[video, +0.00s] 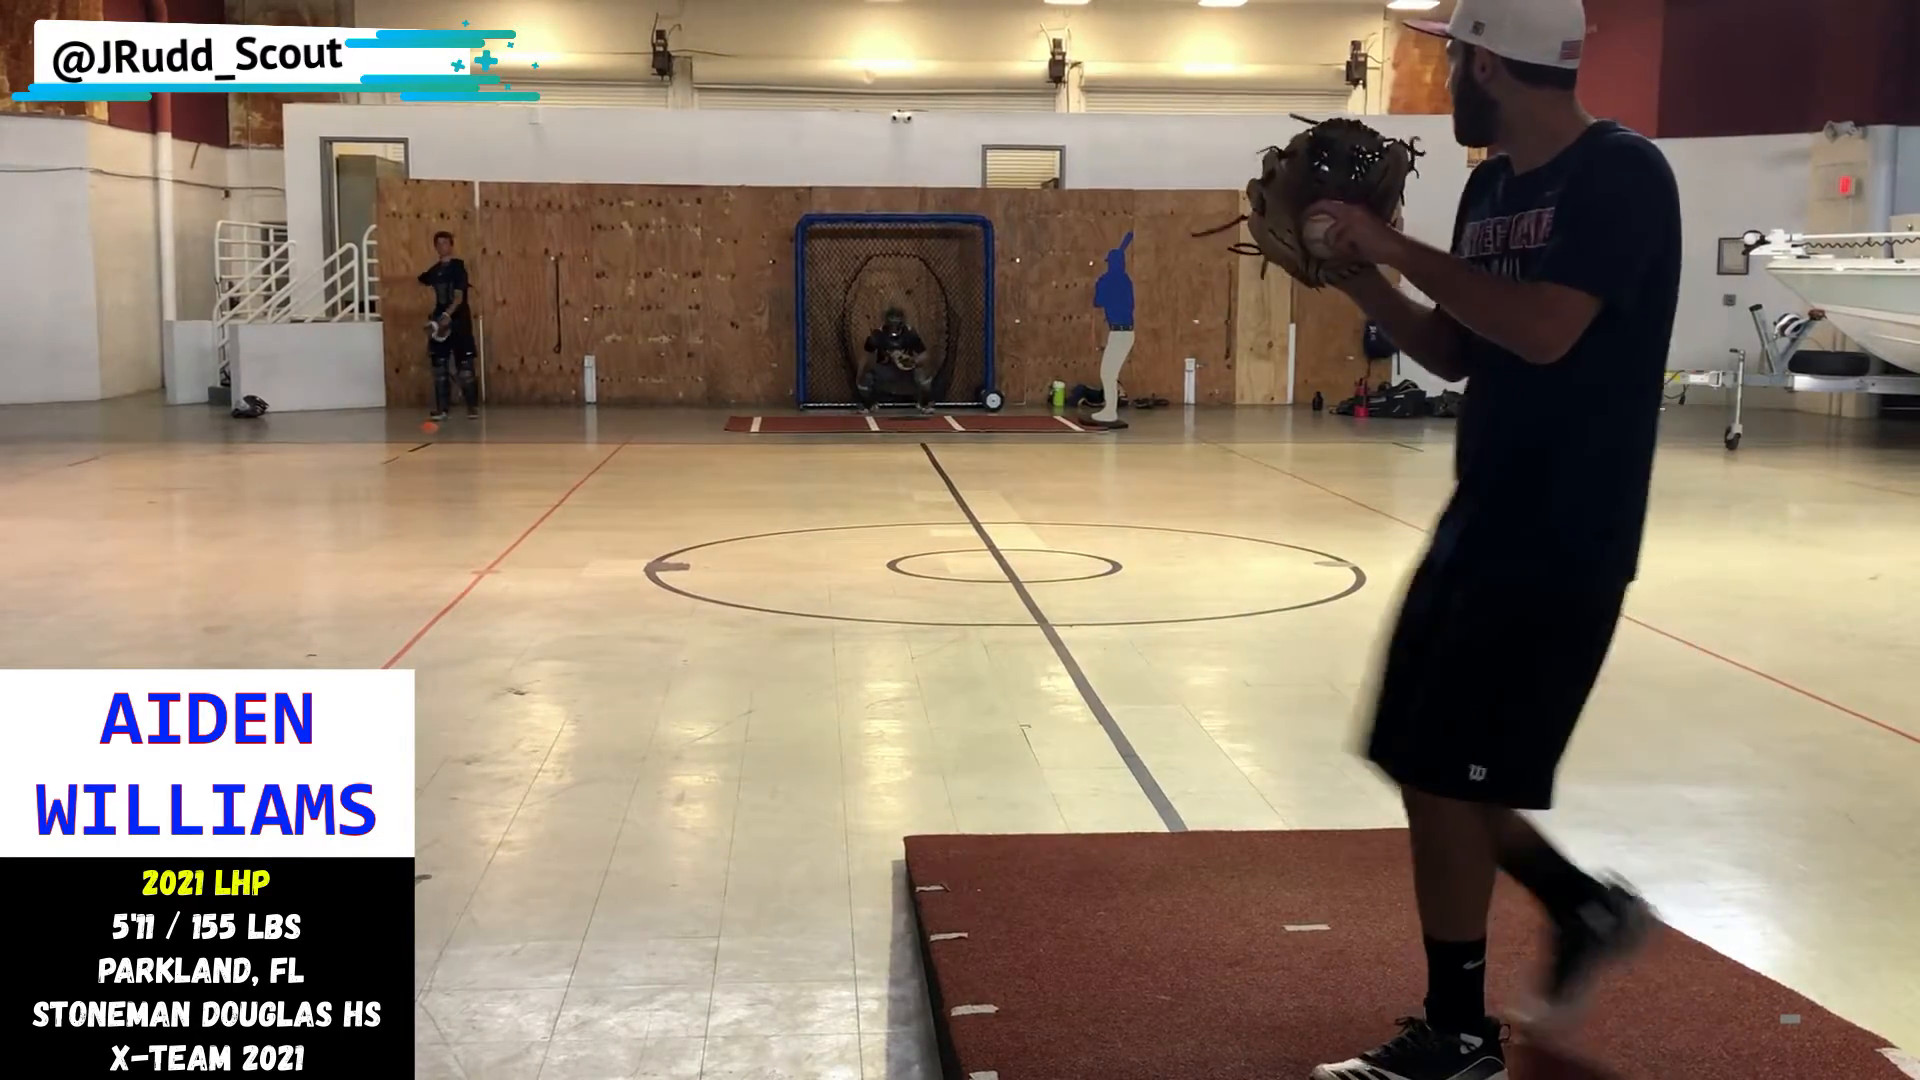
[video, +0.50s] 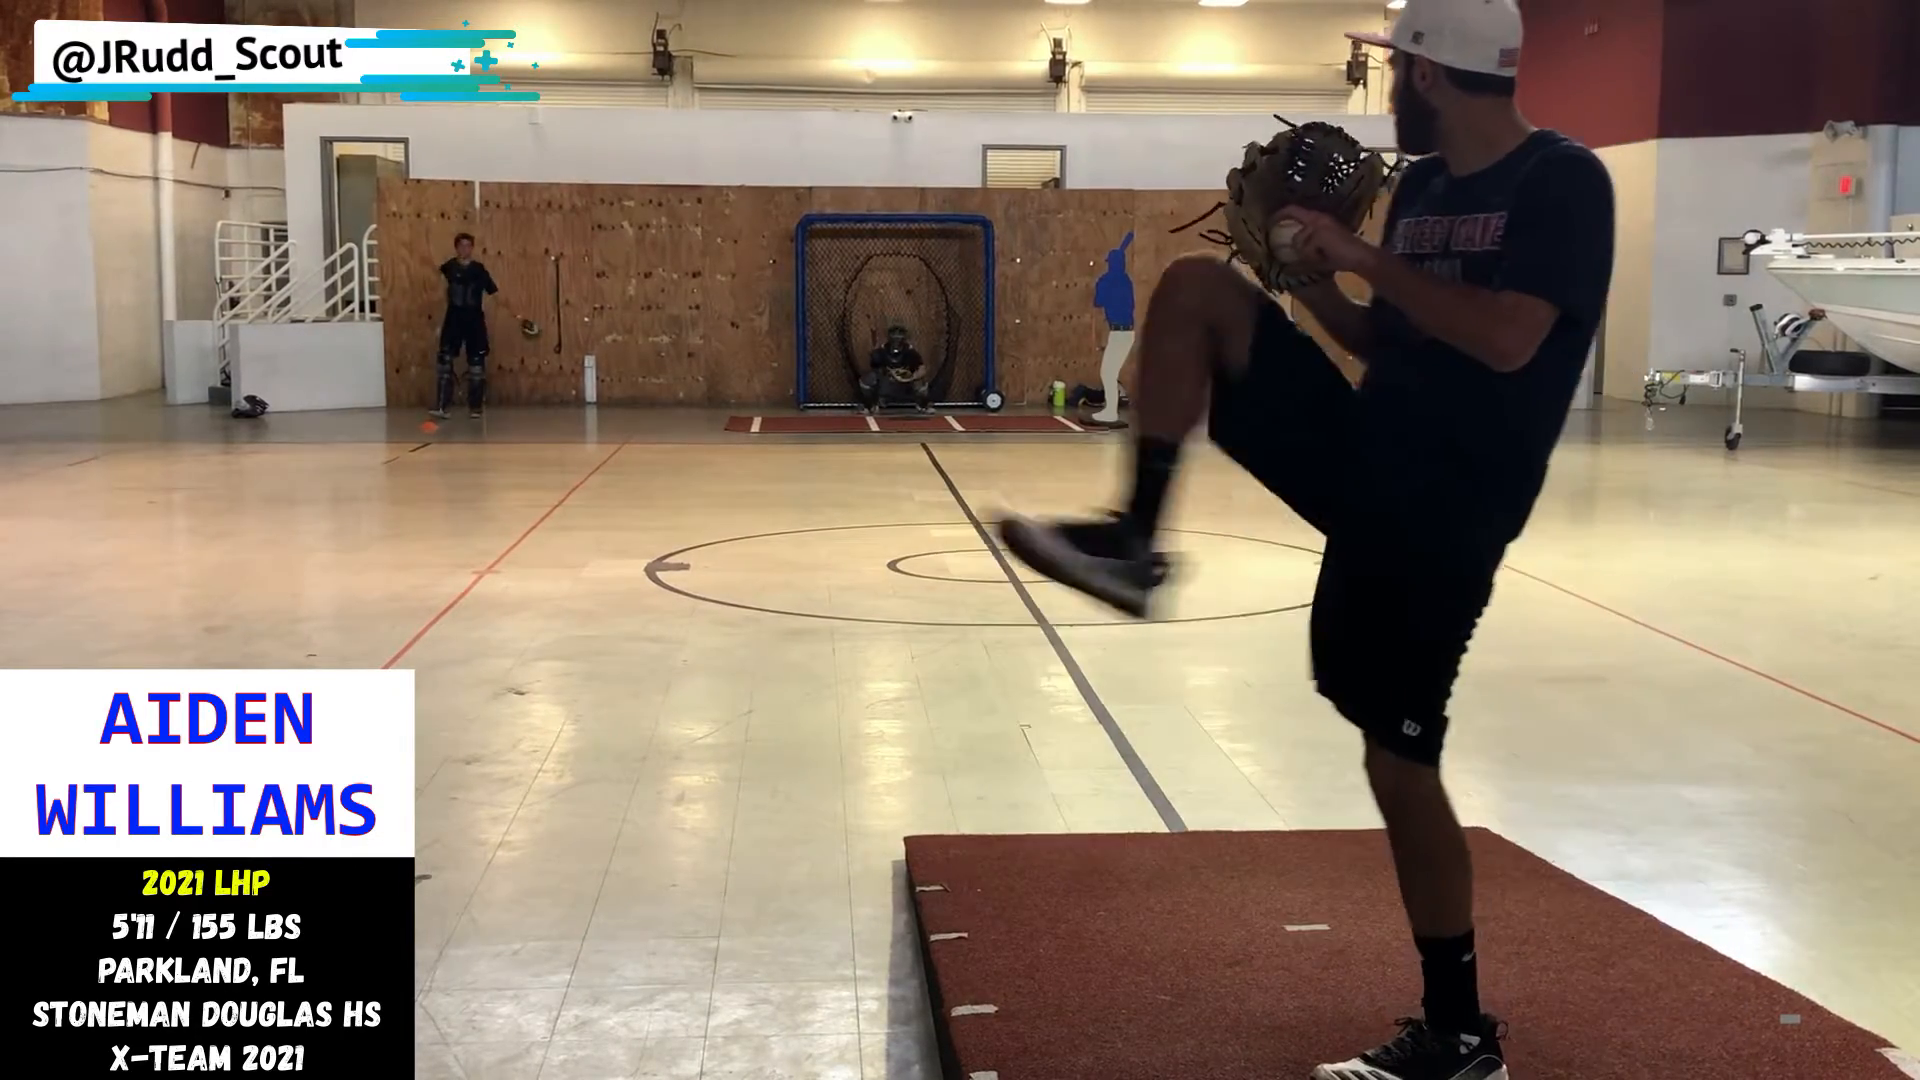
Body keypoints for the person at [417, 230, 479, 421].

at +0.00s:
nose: (442, 247)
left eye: (445, 243)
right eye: (439, 244)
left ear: (451, 245)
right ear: (435, 248)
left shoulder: (458, 266)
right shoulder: (435, 270)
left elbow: (459, 297)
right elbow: (422, 280)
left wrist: (446, 316)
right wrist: (439, 265)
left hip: (459, 319)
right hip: (440, 318)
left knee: (464, 363)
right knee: (439, 363)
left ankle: (472, 406)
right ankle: (442, 407)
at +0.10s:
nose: (447, 247)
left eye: (450, 244)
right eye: (443, 245)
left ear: (456, 246)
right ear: (440, 248)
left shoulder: (463, 267)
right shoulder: (438, 269)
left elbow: (466, 297)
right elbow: (417, 272)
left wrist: (457, 315)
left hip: (463, 318)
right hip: (443, 317)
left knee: (468, 362)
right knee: (441, 362)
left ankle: (474, 406)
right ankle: (442, 407)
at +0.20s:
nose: (452, 249)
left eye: (455, 245)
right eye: (449, 246)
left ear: (461, 248)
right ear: (444, 249)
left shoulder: (467, 269)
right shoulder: (442, 268)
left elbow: (474, 294)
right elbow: (427, 261)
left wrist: (477, 317)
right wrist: (410, 246)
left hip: (466, 320)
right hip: (447, 320)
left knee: (471, 363)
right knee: (443, 360)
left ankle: (475, 406)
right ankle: (442, 406)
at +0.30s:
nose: (456, 250)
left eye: (459, 247)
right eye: (453, 247)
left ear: (464, 249)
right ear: (449, 250)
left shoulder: (471, 270)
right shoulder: (445, 268)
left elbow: (480, 299)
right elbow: (434, 258)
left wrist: (483, 324)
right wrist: (425, 240)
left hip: (469, 321)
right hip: (449, 320)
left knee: (473, 363)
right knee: (444, 360)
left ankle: (475, 406)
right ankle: (442, 406)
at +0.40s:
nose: (461, 250)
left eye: (464, 246)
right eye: (457, 246)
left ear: (468, 249)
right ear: (452, 249)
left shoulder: (475, 270)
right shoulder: (447, 267)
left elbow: (489, 292)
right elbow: (435, 254)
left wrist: (512, 317)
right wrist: (427, 233)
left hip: (471, 320)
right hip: (451, 319)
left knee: (474, 362)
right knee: (444, 359)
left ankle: (475, 406)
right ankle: (443, 404)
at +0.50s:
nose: (465, 249)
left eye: (468, 246)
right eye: (462, 246)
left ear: (472, 248)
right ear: (456, 248)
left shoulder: (478, 269)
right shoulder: (449, 267)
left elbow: (493, 291)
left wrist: (515, 313)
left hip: (474, 319)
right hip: (454, 318)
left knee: (476, 361)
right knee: (445, 358)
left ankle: (476, 406)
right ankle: (443, 404)